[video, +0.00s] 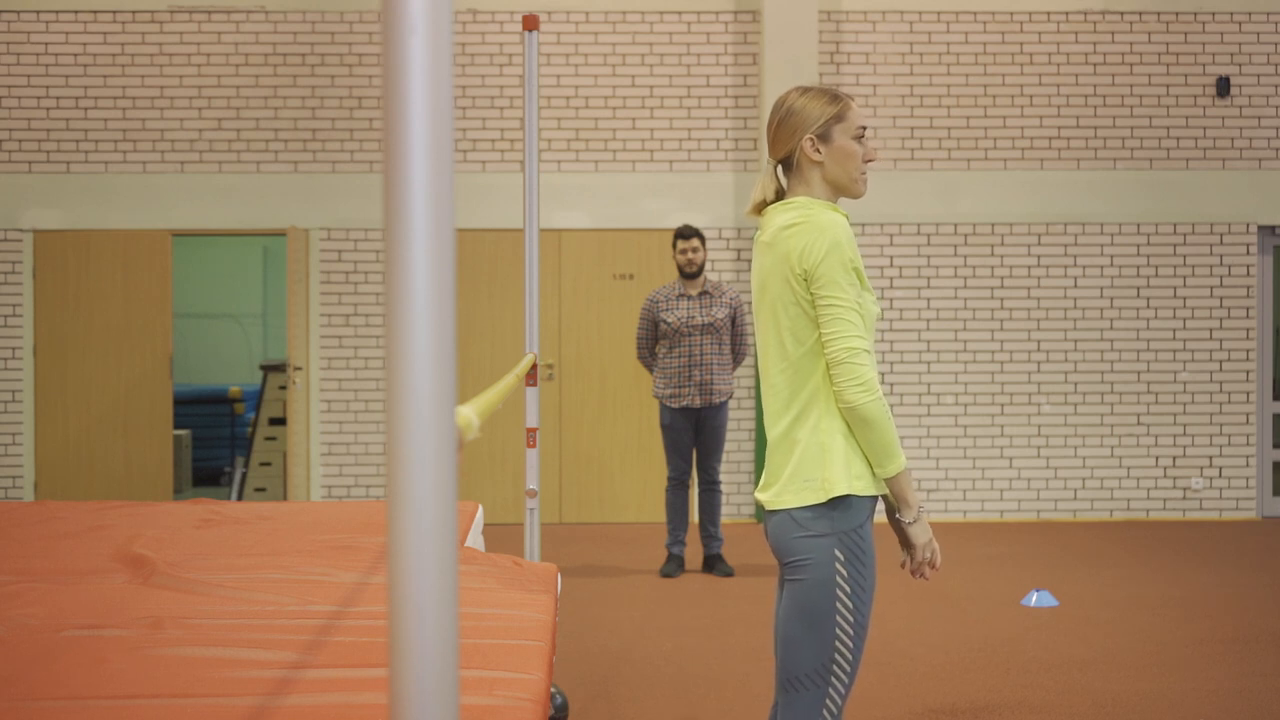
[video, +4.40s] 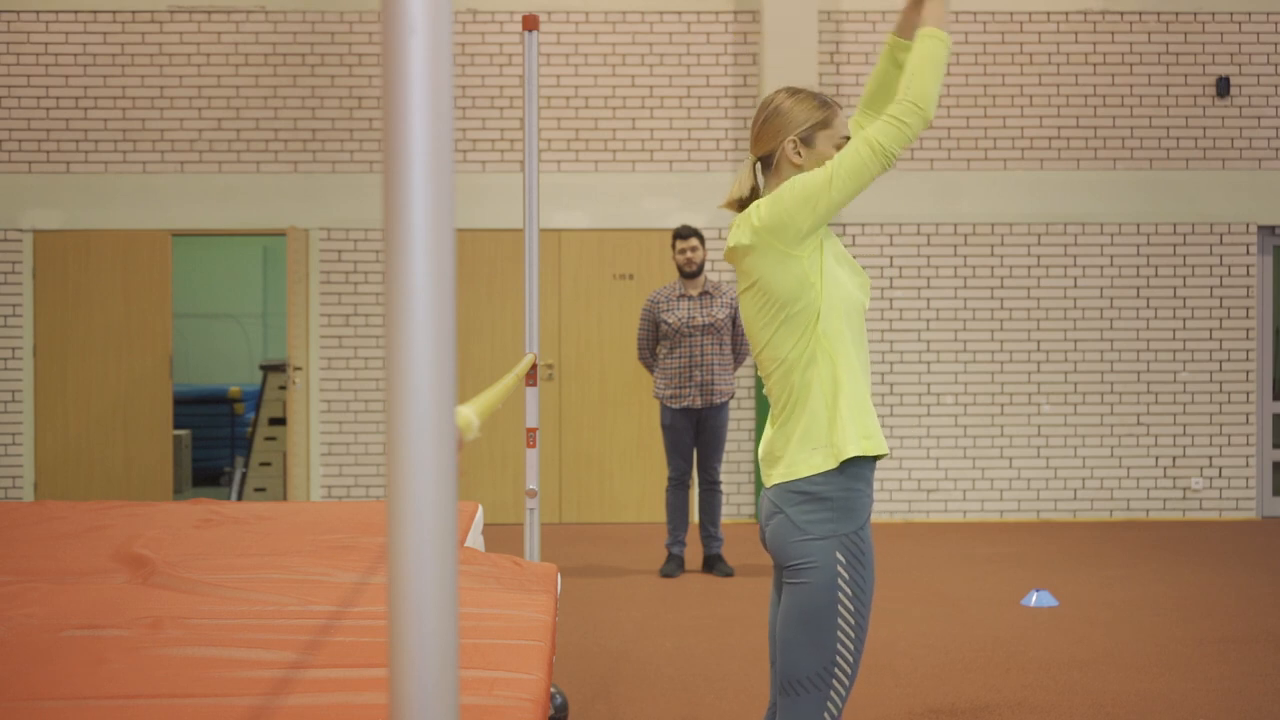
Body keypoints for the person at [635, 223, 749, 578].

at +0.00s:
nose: (689, 256)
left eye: (695, 250)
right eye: (682, 251)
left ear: (705, 253)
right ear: (674, 256)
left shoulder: (728, 296)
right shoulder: (658, 300)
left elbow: (741, 347)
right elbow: (644, 350)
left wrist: (718, 372)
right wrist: (669, 376)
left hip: (715, 401)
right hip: (674, 402)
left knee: (710, 478)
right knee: (678, 477)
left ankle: (713, 552)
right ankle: (675, 553)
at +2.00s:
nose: (689, 257)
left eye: (694, 250)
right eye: (682, 252)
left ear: (705, 254)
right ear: (673, 256)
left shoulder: (727, 297)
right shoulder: (658, 300)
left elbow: (741, 346)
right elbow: (644, 350)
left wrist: (719, 372)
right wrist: (669, 376)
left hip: (715, 402)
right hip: (675, 402)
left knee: (710, 479)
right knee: (679, 477)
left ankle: (713, 552)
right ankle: (675, 553)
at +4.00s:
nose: (687, 256)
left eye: (693, 249)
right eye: (681, 251)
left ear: (704, 253)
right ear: (673, 257)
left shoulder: (729, 297)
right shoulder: (658, 300)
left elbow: (742, 349)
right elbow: (645, 351)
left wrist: (717, 372)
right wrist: (671, 376)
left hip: (716, 402)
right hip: (674, 403)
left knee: (710, 479)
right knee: (679, 477)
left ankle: (713, 553)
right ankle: (674, 553)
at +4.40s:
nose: (688, 256)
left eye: (693, 249)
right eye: (681, 251)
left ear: (705, 253)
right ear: (673, 257)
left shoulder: (727, 297)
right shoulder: (659, 300)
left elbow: (741, 347)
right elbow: (645, 351)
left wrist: (718, 373)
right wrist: (670, 377)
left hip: (716, 402)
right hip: (675, 403)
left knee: (710, 479)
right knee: (678, 477)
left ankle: (713, 553)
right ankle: (675, 552)